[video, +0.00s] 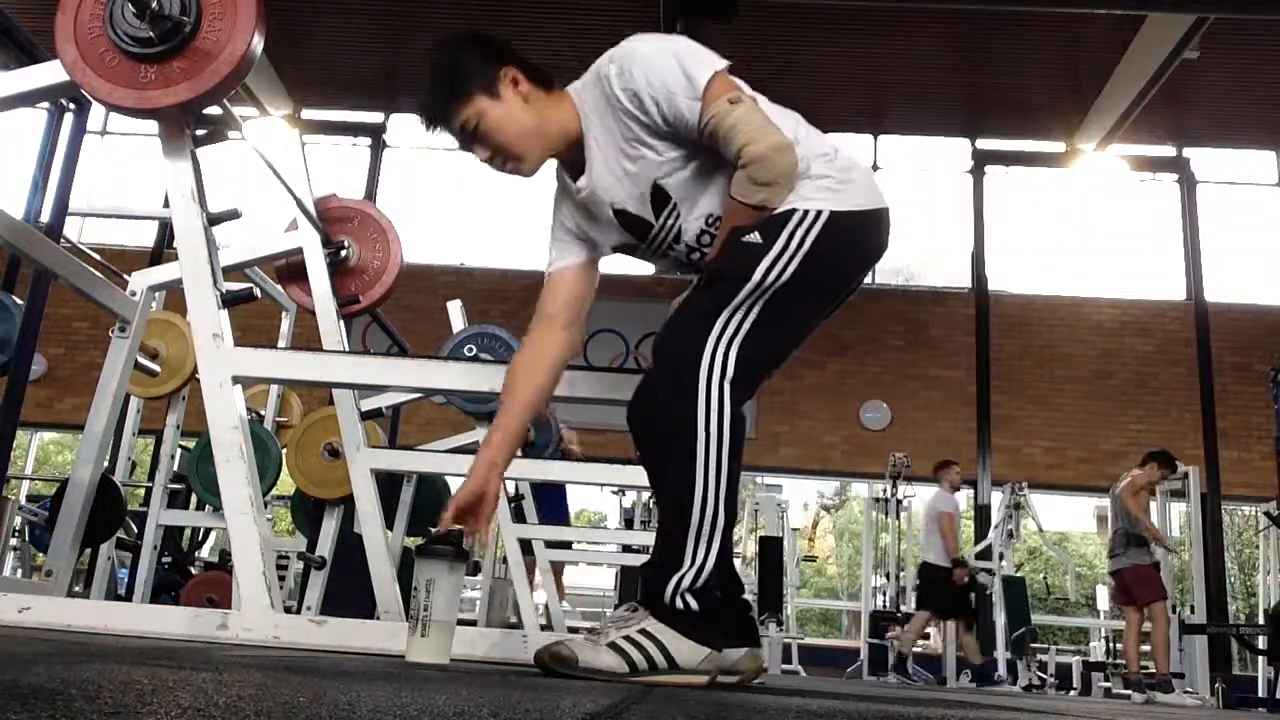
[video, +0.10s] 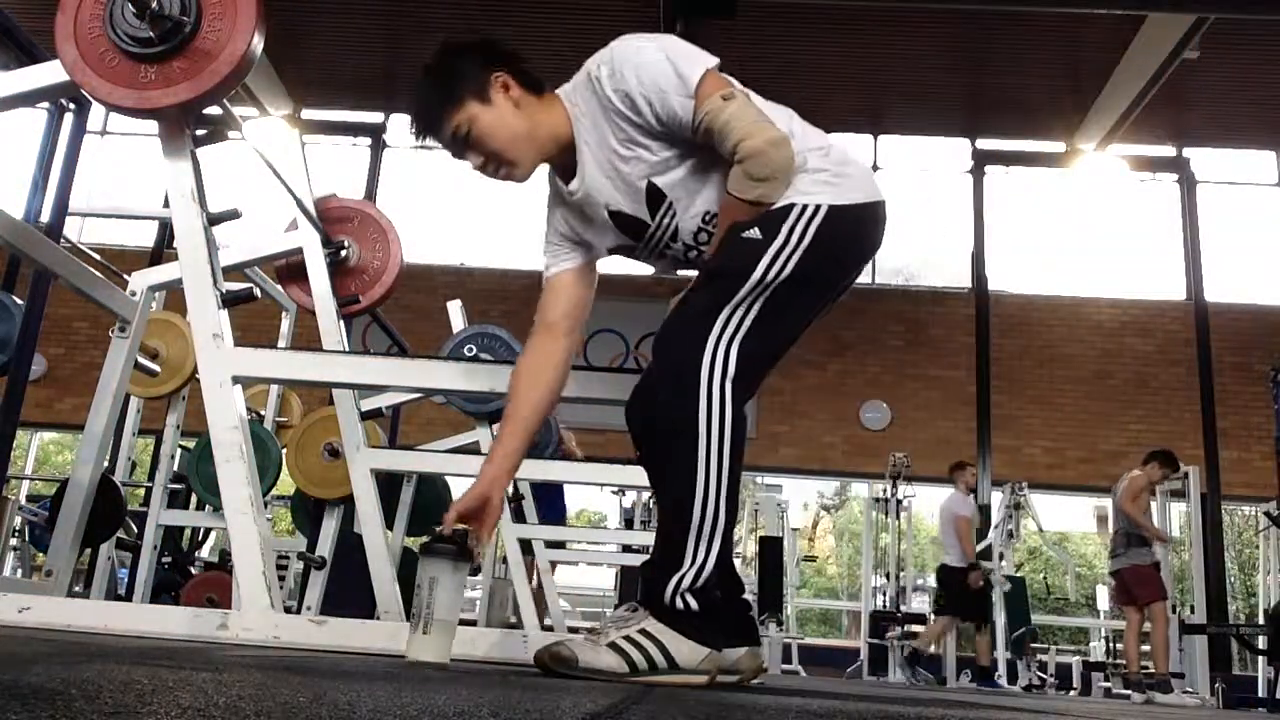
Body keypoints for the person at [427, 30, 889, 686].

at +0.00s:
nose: (482, 154)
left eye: (476, 130)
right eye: (468, 146)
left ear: (515, 85)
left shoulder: (636, 65)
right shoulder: (576, 204)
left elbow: (769, 155)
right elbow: (555, 328)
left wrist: (721, 252)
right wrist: (489, 464)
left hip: (821, 201)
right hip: (760, 242)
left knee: (701, 366)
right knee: (654, 407)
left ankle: (685, 620)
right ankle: (725, 629)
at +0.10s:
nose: (475, 162)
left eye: (468, 137)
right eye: (460, 154)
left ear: (505, 89)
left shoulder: (627, 66)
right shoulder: (570, 209)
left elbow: (765, 151)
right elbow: (553, 338)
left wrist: (716, 263)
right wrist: (493, 478)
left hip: (819, 195)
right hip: (755, 239)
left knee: (705, 358)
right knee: (654, 406)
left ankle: (684, 620)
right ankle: (724, 627)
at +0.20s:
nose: (472, 142)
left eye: (466, 117)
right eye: (459, 133)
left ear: (503, 70)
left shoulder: (627, 51)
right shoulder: (567, 192)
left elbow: (759, 143)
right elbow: (565, 324)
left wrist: (705, 269)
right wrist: (518, 452)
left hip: (814, 188)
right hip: (750, 229)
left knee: (705, 359)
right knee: (660, 402)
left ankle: (685, 621)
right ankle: (723, 628)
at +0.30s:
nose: (473, 105)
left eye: (468, 80)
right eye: (461, 98)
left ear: (507, 33)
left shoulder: (631, 29)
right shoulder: (570, 160)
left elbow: (750, 133)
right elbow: (597, 290)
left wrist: (694, 267)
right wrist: (546, 392)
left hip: (807, 179)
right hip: (747, 219)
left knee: (703, 368)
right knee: (669, 401)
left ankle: (683, 621)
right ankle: (726, 628)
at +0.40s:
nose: (484, 56)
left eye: (478, 33)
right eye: (473, 50)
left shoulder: (630, 10)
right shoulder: (583, 121)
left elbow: (743, 118)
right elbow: (628, 253)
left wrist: (674, 242)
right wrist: (585, 301)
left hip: (798, 172)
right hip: (746, 200)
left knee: (703, 379)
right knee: (677, 395)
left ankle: (684, 622)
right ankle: (728, 630)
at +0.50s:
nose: (510, 18)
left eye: (511, 1)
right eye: (505, 13)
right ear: (526, 17)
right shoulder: (598, 78)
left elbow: (724, 84)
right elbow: (653, 204)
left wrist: (660, 195)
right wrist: (605, 236)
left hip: (786, 167)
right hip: (744, 189)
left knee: (698, 377)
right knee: (691, 393)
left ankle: (690, 622)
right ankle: (726, 631)